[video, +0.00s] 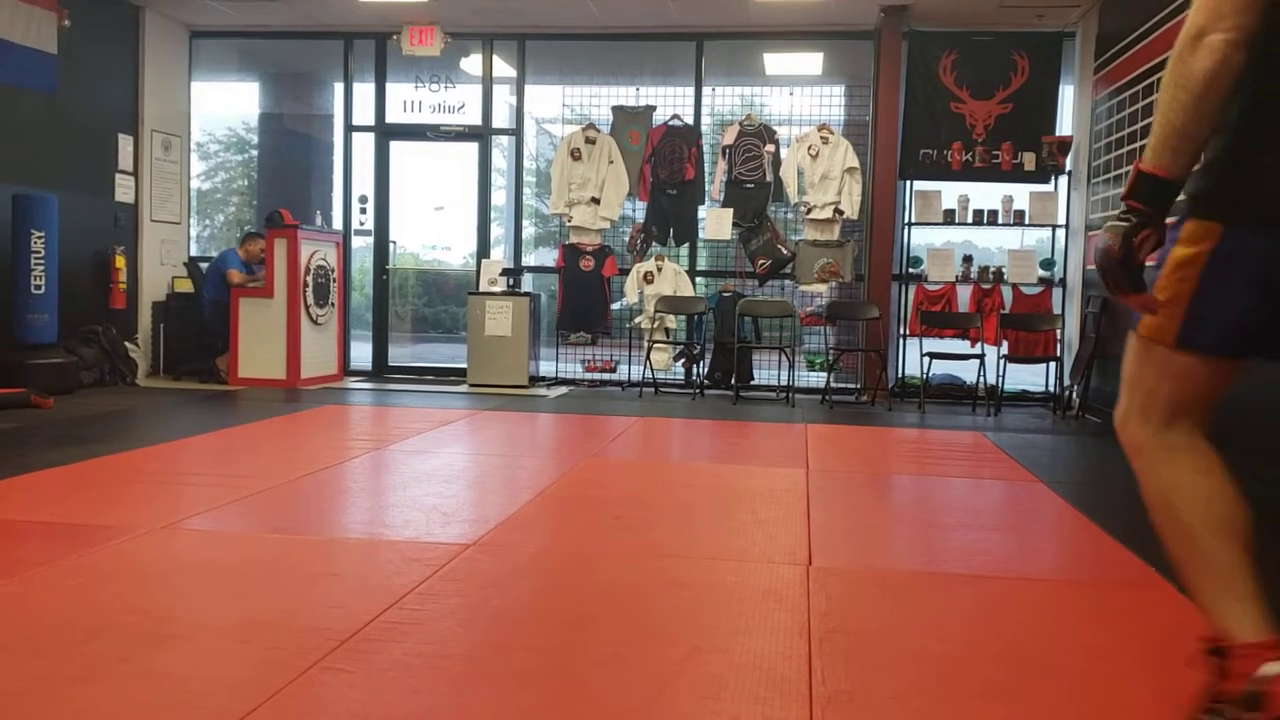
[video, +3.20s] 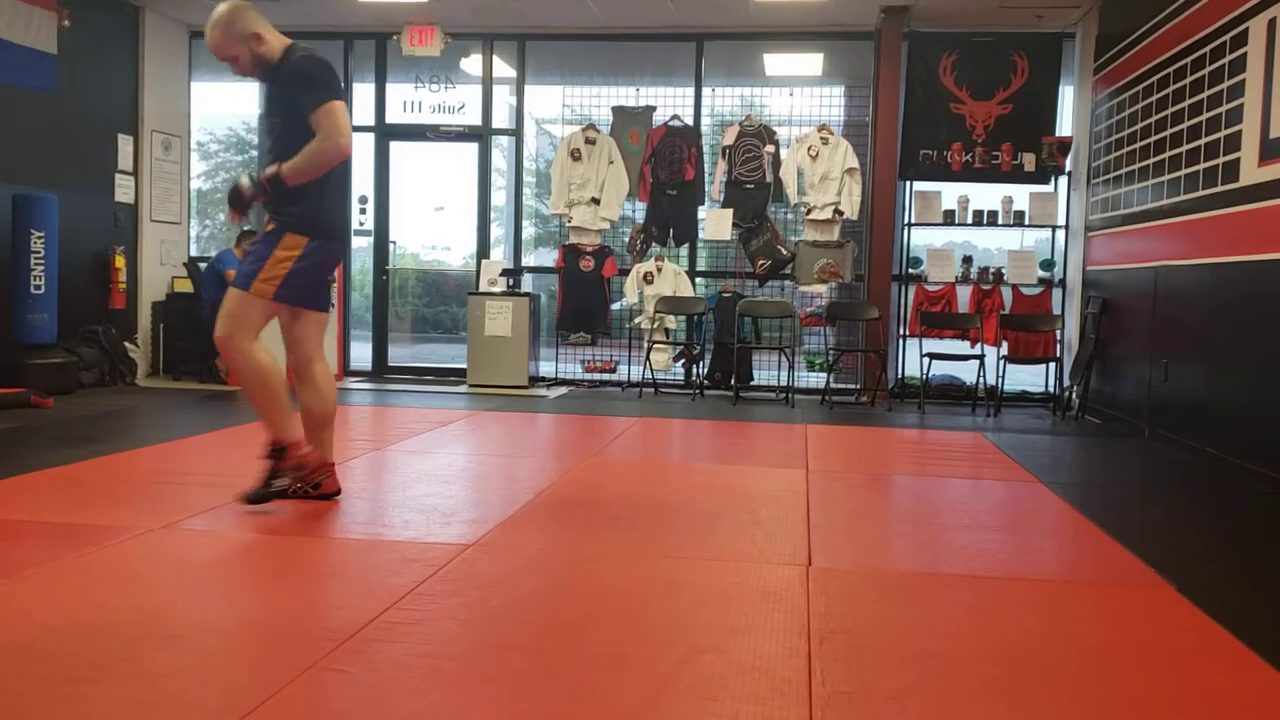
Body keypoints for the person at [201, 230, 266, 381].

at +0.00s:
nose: (262, 255)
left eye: (264, 252)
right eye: (261, 250)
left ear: (249, 246)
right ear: (248, 245)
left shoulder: (245, 264)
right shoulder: (230, 256)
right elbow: (234, 279)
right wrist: (257, 277)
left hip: (229, 306)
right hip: (214, 307)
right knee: (250, 333)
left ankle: (225, 363)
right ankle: (222, 362)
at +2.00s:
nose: (262, 253)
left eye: (263, 250)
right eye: (260, 248)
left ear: (247, 245)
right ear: (247, 244)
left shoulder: (245, 263)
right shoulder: (228, 255)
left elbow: (253, 282)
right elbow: (236, 280)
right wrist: (258, 279)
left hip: (230, 308)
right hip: (213, 309)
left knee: (257, 328)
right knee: (252, 331)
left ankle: (226, 362)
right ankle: (223, 362)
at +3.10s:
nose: (261, 254)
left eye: (262, 250)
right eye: (259, 249)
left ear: (247, 245)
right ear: (246, 244)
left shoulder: (246, 264)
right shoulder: (228, 256)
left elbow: (252, 282)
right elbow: (235, 280)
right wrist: (258, 279)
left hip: (230, 308)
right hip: (213, 309)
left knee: (257, 324)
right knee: (251, 328)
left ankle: (226, 363)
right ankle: (223, 362)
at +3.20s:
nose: (252, 250)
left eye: (254, 246)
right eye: (251, 245)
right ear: (242, 244)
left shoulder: (242, 261)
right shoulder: (226, 256)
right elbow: (234, 280)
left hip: (221, 303)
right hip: (209, 303)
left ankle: (221, 367)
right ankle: (215, 368)